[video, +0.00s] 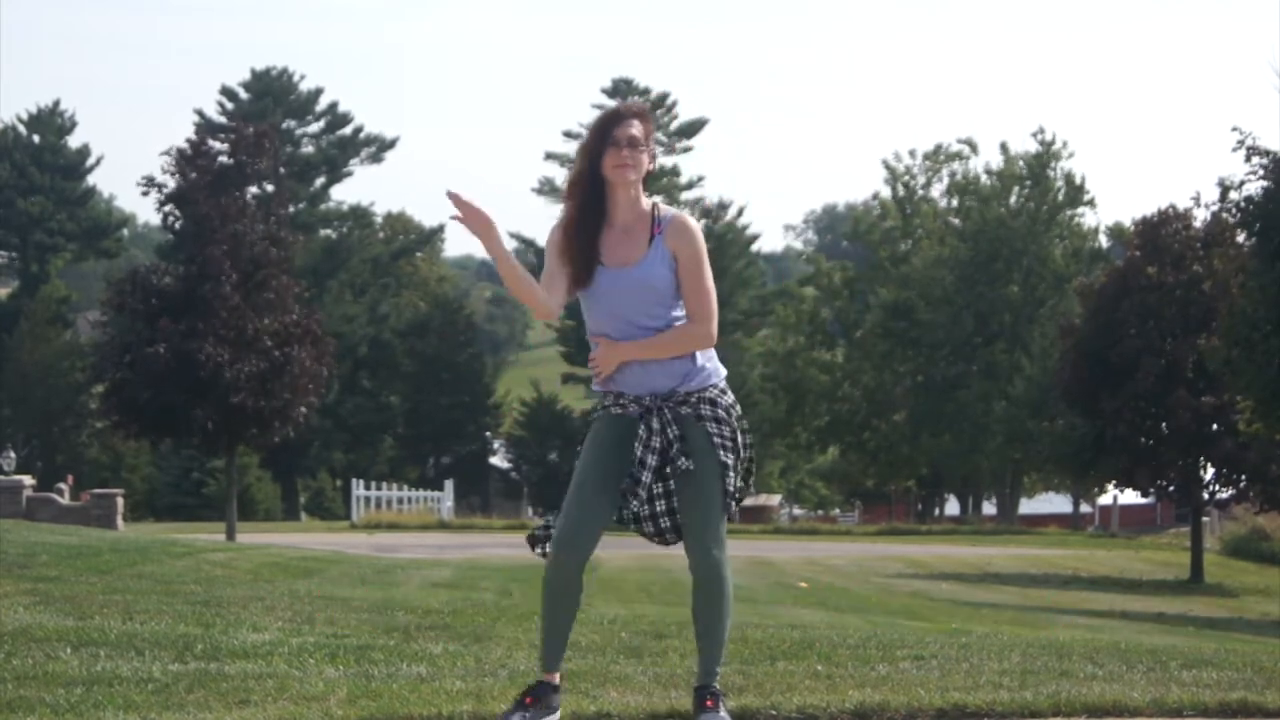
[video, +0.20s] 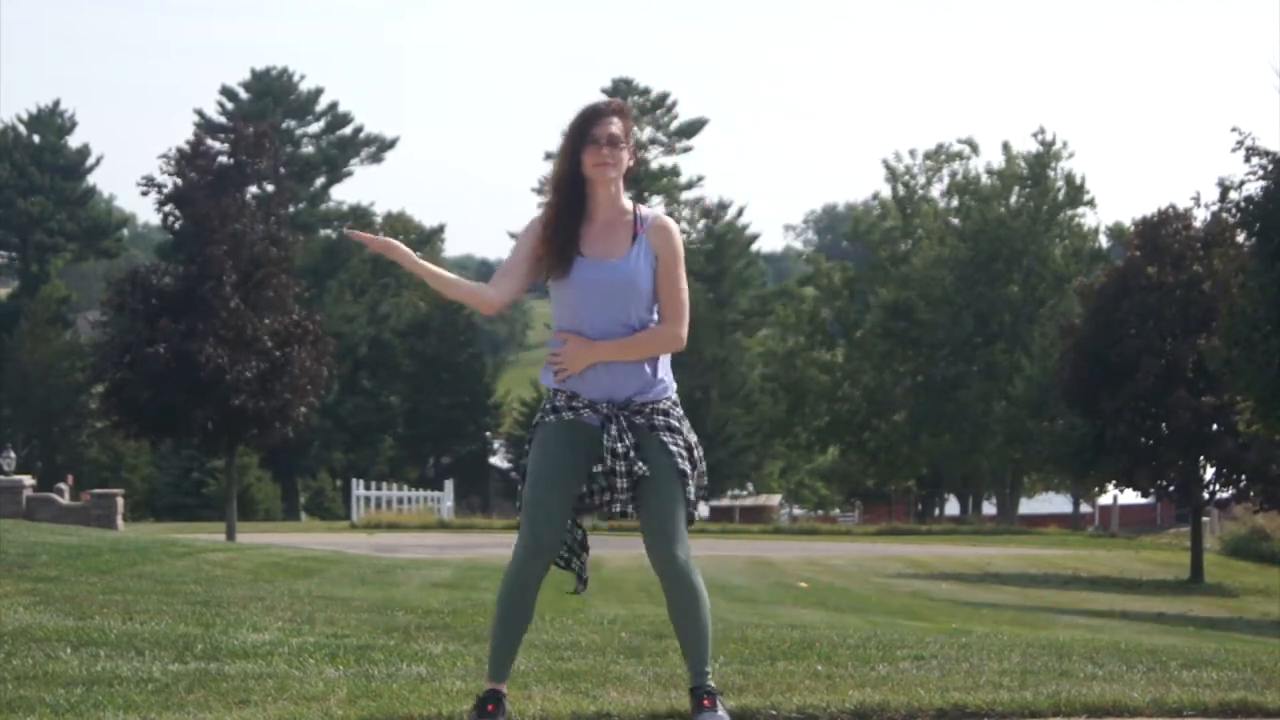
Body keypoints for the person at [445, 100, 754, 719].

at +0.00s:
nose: (632, 153)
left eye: (641, 144)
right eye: (621, 143)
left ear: (652, 157)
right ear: (598, 155)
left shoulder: (678, 229)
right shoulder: (573, 232)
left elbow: (704, 331)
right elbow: (546, 306)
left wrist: (624, 351)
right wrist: (493, 241)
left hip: (694, 400)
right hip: (621, 403)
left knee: (706, 550)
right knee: (567, 547)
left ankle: (709, 690)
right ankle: (547, 684)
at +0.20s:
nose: (609, 150)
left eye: (619, 142)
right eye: (598, 141)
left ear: (633, 154)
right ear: (576, 153)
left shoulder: (658, 231)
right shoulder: (551, 228)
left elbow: (674, 333)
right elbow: (493, 296)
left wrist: (597, 351)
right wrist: (409, 258)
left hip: (650, 410)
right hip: (572, 409)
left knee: (671, 552)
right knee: (535, 543)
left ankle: (704, 691)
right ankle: (493, 691)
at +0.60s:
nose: (624, 171)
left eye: (633, 161)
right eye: (613, 160)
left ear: (643, 164)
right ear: (588, 163)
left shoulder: (670, 227)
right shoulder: (564, 237)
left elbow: (709, 325)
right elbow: (514, 313)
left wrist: (636, 357)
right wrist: (462, 239)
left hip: (658, 414)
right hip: (580, 412)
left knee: (680, 558)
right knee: (544, 550)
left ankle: (700, 693)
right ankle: (496, 688)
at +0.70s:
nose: (644, 168)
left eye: (652, 157)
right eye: (633, 158)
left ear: (659, 160)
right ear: (602, 160)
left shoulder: (678, 223)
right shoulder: (574, 230)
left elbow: (738, 312)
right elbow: (527, 303)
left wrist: (663, 346)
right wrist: (531, 220)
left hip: (683, 404)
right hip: (605, 404)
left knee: (693, 549)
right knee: (574, 544)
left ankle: (703, 693)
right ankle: (530, 683)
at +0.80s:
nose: (667, 170)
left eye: (670, 160)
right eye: (657, 159)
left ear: (666, 162)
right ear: (624, 159)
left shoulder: (687, 226)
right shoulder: (580, 228)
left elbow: (760, 304)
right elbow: (543, 294)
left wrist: (689, 343)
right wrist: (597, 237)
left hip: (693, 404)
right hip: (621, 405)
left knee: (696, 551)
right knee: (604, 546)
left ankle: (702, 691)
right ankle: (610, 681)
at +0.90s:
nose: (676, 177)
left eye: (681, 166)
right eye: (667, 165)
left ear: (681, 167)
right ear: (633, 164)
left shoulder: (696, 229)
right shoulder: (592, 227)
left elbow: (764, 309)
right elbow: (570, 298)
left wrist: (698, 354)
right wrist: (650, 285)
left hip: (693, 407)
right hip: (622, 408)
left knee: (691, 550)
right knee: (631, 551)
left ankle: (702, 691)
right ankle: (656, 683)